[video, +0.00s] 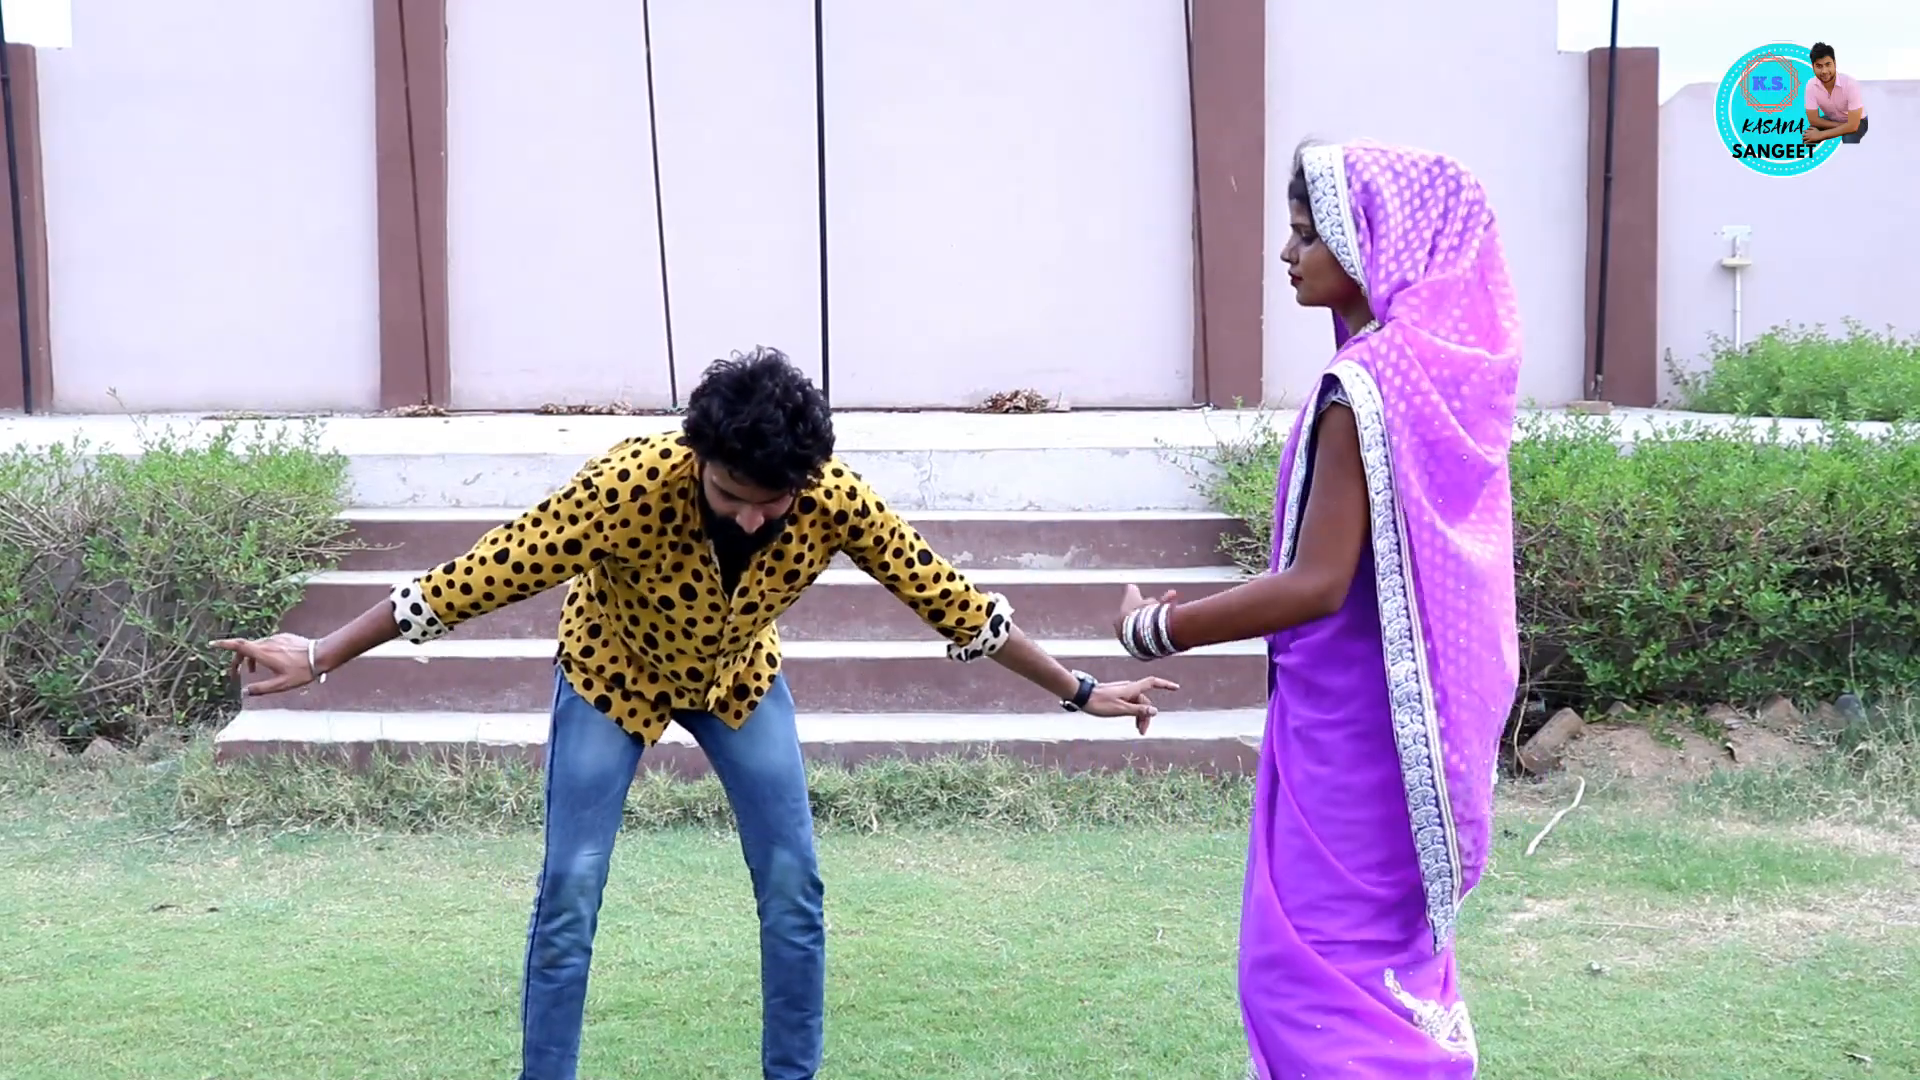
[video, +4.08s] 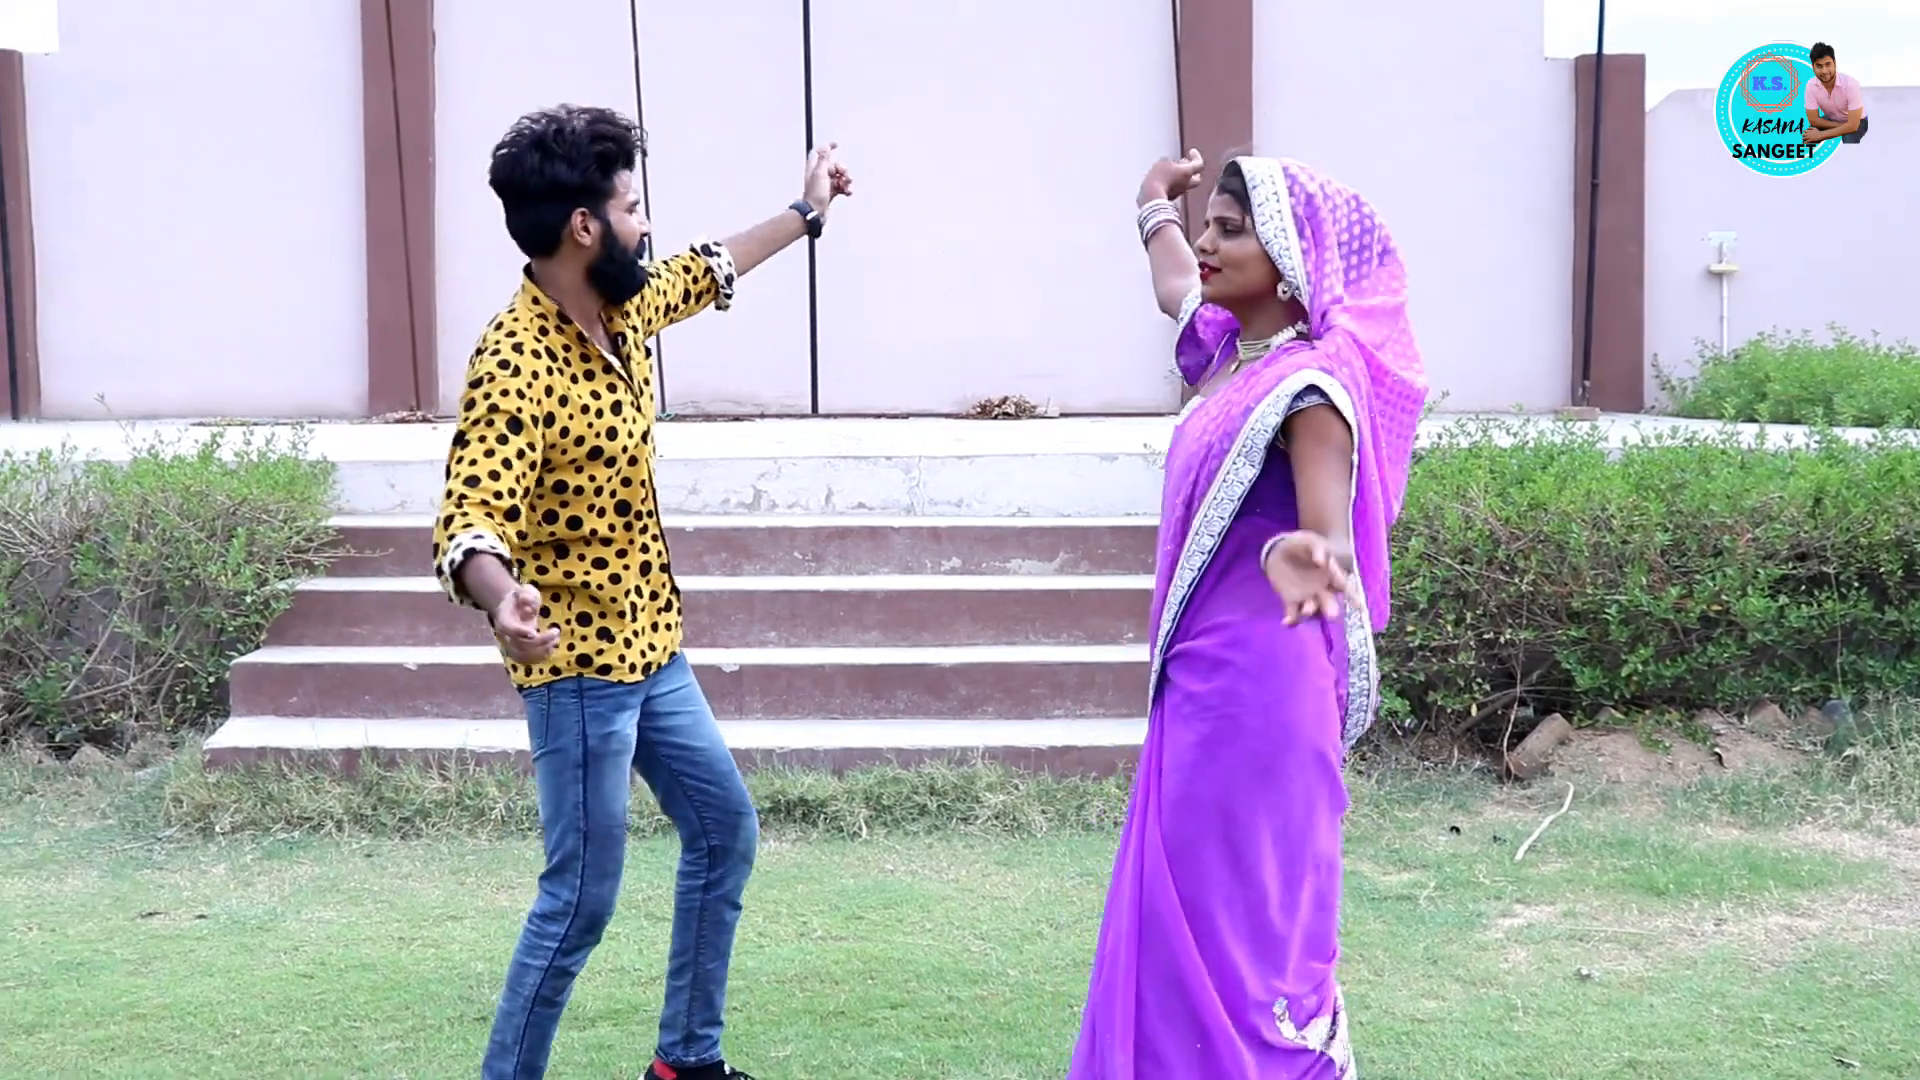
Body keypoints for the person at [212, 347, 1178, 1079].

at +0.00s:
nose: (755, 516)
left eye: (776, 501)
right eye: (739, 495)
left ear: (805, 475)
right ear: (702, 456)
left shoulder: (828, 492)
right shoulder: (633, 479)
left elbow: (941, 594)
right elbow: (489, 570)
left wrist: (1072, 690)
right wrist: (322, 652)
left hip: (736, 667)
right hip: (610, 665)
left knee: (793, 870)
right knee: (570, 885)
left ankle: (793, 1069)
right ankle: (546, 1071)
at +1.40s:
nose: (655, 396)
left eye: (680, 380)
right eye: (640, 370)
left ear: (714, 369)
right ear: (615, 344)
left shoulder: (726, 419)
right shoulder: (546, 427)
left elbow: (799, 532)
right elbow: (427, 560)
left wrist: (895, 626)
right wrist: (315, 719)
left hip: (611, 662)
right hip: (503, 659)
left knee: (713, 845)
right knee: (529, 888)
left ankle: (656, 1059)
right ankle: (468, 1073)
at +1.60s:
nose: (574, 302)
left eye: (593, 281)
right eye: (550, 281)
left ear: (617, 287)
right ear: (514, 285)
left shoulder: (622, 388)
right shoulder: (467, 400)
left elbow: (718, 489)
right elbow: (361, 532)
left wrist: (835, 551)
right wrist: (244, 652)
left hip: (578, 680)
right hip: (465, 685)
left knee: (673, 876)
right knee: (470, 918)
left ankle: (600, 1066)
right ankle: (413, 1072)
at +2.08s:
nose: (438, 202)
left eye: (452, 183)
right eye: (411, 189)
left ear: (477, 201)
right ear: (375, 220)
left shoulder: (507, 339)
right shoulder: (364, 337)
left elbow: (648, 396)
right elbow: (270, 422)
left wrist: (794, 406)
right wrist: (180, 486)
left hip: (530, 662)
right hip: (423, 671)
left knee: (604, 856)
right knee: (408, 912)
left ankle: (553, 1062)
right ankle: (355, 1070)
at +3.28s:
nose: (367, 223)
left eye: (370, 200)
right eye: (334, 218)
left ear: (390, 206)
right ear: (298, 255)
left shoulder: (462, 334)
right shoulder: (314, 363)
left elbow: (594, 319)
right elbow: (264, 438)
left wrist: (727, 245)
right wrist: (223, 483)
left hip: (513, 663)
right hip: (409, 682)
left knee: (600, 862)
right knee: (426, 932)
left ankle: (560, 1065)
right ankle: (370, 1074)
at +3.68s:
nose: (502, 211)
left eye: (495, 192)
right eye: (474, 202)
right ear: (413, 241)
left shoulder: (523, 317)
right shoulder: (394, 365)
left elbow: (641, 312)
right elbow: (351, 487)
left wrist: (751, 230)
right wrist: (327, 546)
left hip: (556, 663)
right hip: (468, 676)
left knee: (643, 845)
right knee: (490, 918)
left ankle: (611, 1068)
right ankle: (430, 1073)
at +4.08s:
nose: (646, 220)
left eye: (641, 201)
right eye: (631, 205)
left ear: (586, 224)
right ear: (579, 226)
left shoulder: (621, 306)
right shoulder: (516, 361)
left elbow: (703, 271)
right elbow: (470, 516)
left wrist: (804, 212)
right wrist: (500, 589)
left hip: (650, 651)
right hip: (574, 665)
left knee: (725, 833)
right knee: (579, 898)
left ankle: (688, 1056)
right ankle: (508, 1071)